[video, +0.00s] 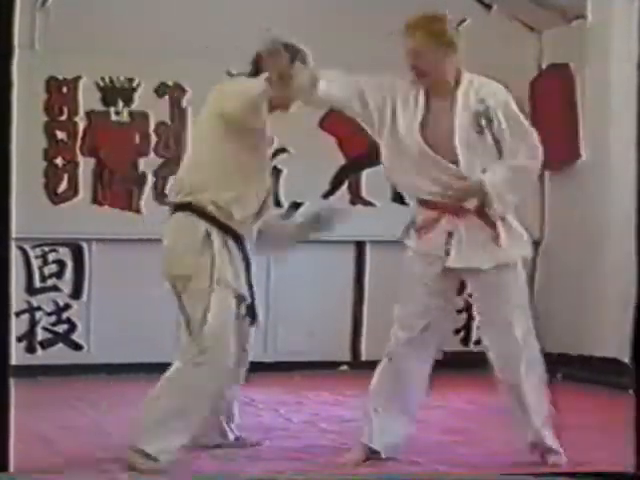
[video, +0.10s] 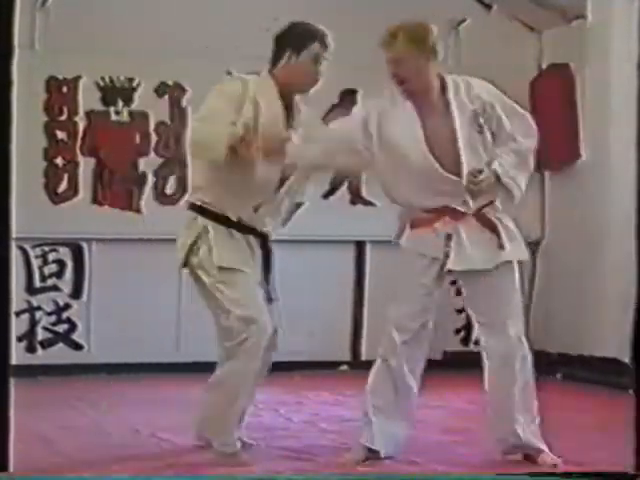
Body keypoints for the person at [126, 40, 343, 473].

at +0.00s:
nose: (294, 99)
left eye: (299, 91)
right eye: (293, 86)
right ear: (271, 71)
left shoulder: (260, 141)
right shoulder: (229, 93)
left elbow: (261, 226)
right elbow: (242, 103)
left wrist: (313, 219)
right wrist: (272, 83)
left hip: (227, 243)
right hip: (198, 232)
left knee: (233, 340)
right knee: (215, 344)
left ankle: (214, 428)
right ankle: (150, 445)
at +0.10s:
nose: (319, 74)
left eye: (323, 65)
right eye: (315, 62)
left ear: (298, 63)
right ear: (289, 57)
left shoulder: (299, 117)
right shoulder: (237, 90)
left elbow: (305, 169)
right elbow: (199, 140)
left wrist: (342, 160)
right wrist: (239, 146)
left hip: (252, 235)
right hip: (213, 230)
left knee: (264, 335)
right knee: (252, 328)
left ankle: (226, 427)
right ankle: (215, 428)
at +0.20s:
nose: (323, 69)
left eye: (326, 60)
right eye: (317, 58)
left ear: (310, 60)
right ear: (291, 55)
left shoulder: (319, 111)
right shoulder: (240, 98)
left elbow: (334, 165)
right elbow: (200, 160)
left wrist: (354, 187)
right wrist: (241, 184)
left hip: (275, 237)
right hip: (227, 234)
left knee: (294, 334)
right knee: (273, 325)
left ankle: (240, 412)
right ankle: (269, 438)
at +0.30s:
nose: (323, 72)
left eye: (328, 63)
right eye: (315, 62)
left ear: (331, 65)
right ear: (288, 60)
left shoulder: (335, 112)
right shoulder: (250, 115)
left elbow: (358, 172)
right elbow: (215, 181)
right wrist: (236, 222)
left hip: (316, 239)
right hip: (263, 240)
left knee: (342, 339)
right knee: (291, 333)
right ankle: (275, 439)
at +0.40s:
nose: (327, 73)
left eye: (333, 64)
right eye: (318, 63)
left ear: (338, 63)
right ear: (295, 63)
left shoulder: (356, 104)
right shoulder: (261, 115)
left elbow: (368, 160)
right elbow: (236, 178)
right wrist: (235, 222)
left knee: (361, 327)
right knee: (292, 334)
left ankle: (363, 397)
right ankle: (280, 437)